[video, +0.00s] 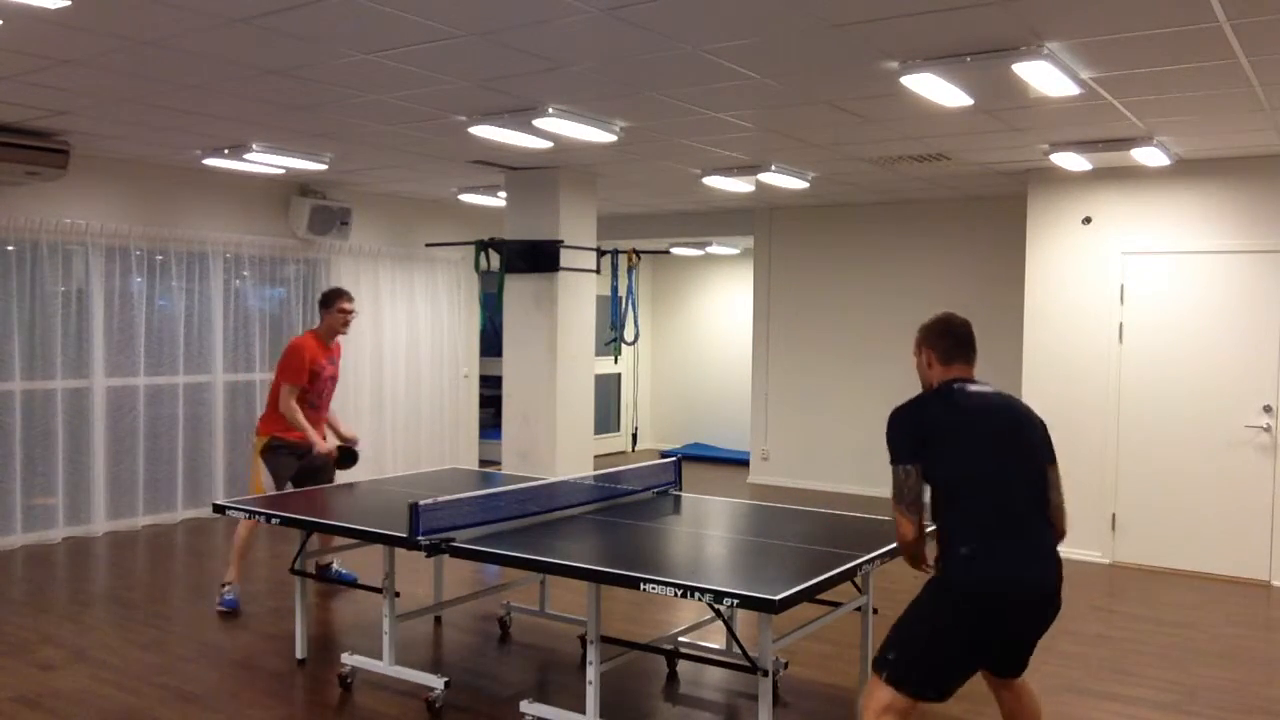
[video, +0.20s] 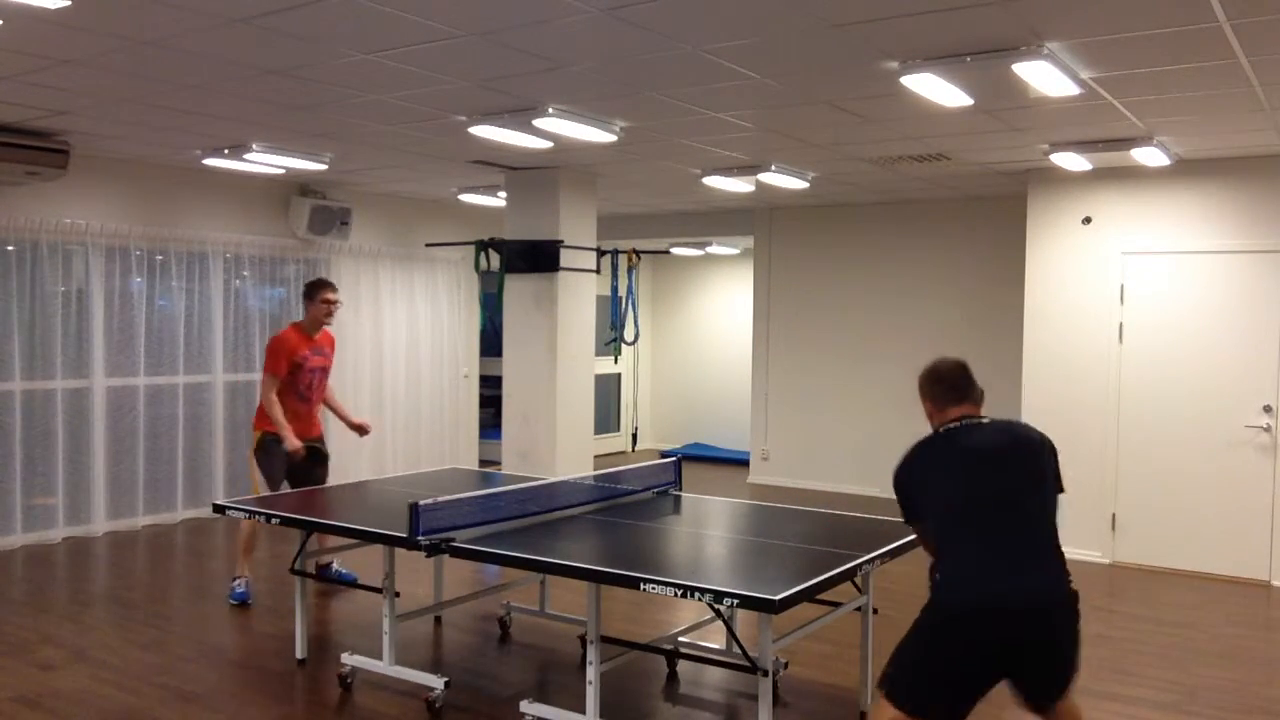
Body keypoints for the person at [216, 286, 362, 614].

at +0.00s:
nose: (349, 318)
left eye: (352, 313)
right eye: (343, 312)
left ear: (349, 316)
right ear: (324, 314)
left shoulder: (334, 348)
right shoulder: (301, 348)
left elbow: (317, 403)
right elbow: (286, 404)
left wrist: (341, 432)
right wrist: (315, 439)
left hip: (309, 439)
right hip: (277, 439)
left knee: (326, 502)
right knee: (259, 507)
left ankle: (324, 564)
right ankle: (230, 582)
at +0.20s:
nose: (332, 309)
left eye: (335, 304)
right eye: (326, 303)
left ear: (336, 307)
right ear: (308, 305)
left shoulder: (327, 340)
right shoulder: (284, 340)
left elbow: (321, 388)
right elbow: (267, 395)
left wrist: (349, 420)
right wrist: (288, 435)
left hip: (310, 434)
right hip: (275, 433)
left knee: (319, 501)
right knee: (259, 505)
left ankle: (324, 562)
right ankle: (242, 575)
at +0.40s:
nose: (313, 305)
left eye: (316, 299)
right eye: (306, 299)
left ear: (319, 303)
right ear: (288, 300)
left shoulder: (320, 337)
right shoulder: (266, 340)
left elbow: (320, 382)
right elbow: (252, 391)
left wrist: (343, 420)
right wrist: (256, 434)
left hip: (306, 439)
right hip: (268, 438)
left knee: (315, 502)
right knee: (252, 506)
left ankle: (324, 563)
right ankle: (241, 576)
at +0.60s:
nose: (297, 299)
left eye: (301, 294)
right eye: (291, 294)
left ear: (304, 297)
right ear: (273, 297)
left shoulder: (311, 334)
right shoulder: (254, 339)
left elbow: (315, 380)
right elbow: (242, 390)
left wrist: (334, 422)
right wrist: (236, 440)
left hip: (303, 435)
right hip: (263, 434)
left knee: (311, 501)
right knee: (251, 506)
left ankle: (324, 562)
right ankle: (241, 576)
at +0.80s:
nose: (299, 300)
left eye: (302, 295)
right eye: (292, 295)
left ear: (305, 298)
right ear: (275, 298)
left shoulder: (309, 335)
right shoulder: (257, 341)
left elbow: (310, 382)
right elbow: (243, 395)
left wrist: (330, 420)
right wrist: (230, 445)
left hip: (306, 434)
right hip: (267, 435)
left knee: (329, 496)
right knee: (248, 504)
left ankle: (341, 559)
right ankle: (240, 576)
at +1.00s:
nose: (318, 301)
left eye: (321, 296)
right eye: (311, 296)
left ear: (323, 301)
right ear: (295, 300)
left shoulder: (325, 338)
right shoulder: (276, 340)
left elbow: (323, 386)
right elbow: (259, 393)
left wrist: (341, 425)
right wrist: (252, 444)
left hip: (319, 437)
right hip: (282, 438)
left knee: (331, 502)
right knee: (256, 503)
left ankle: (353, 565)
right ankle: (241, 575)